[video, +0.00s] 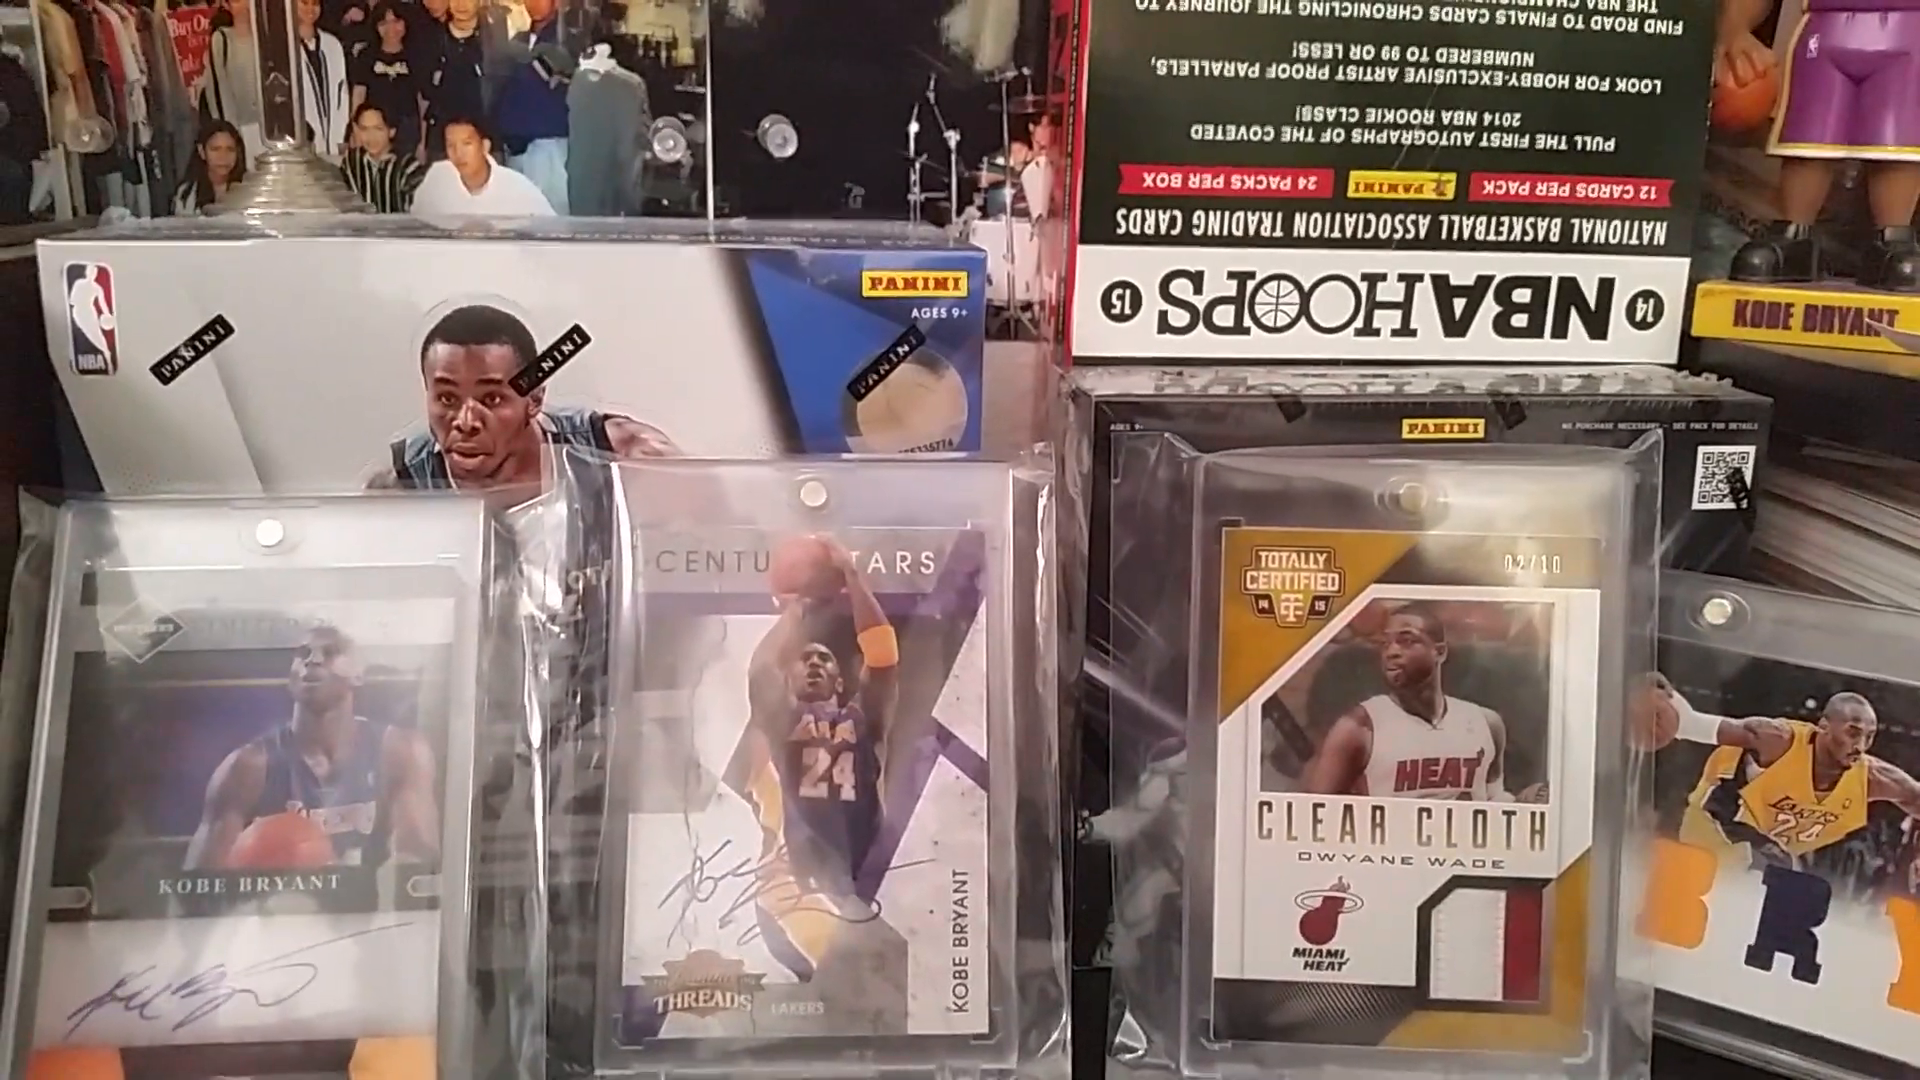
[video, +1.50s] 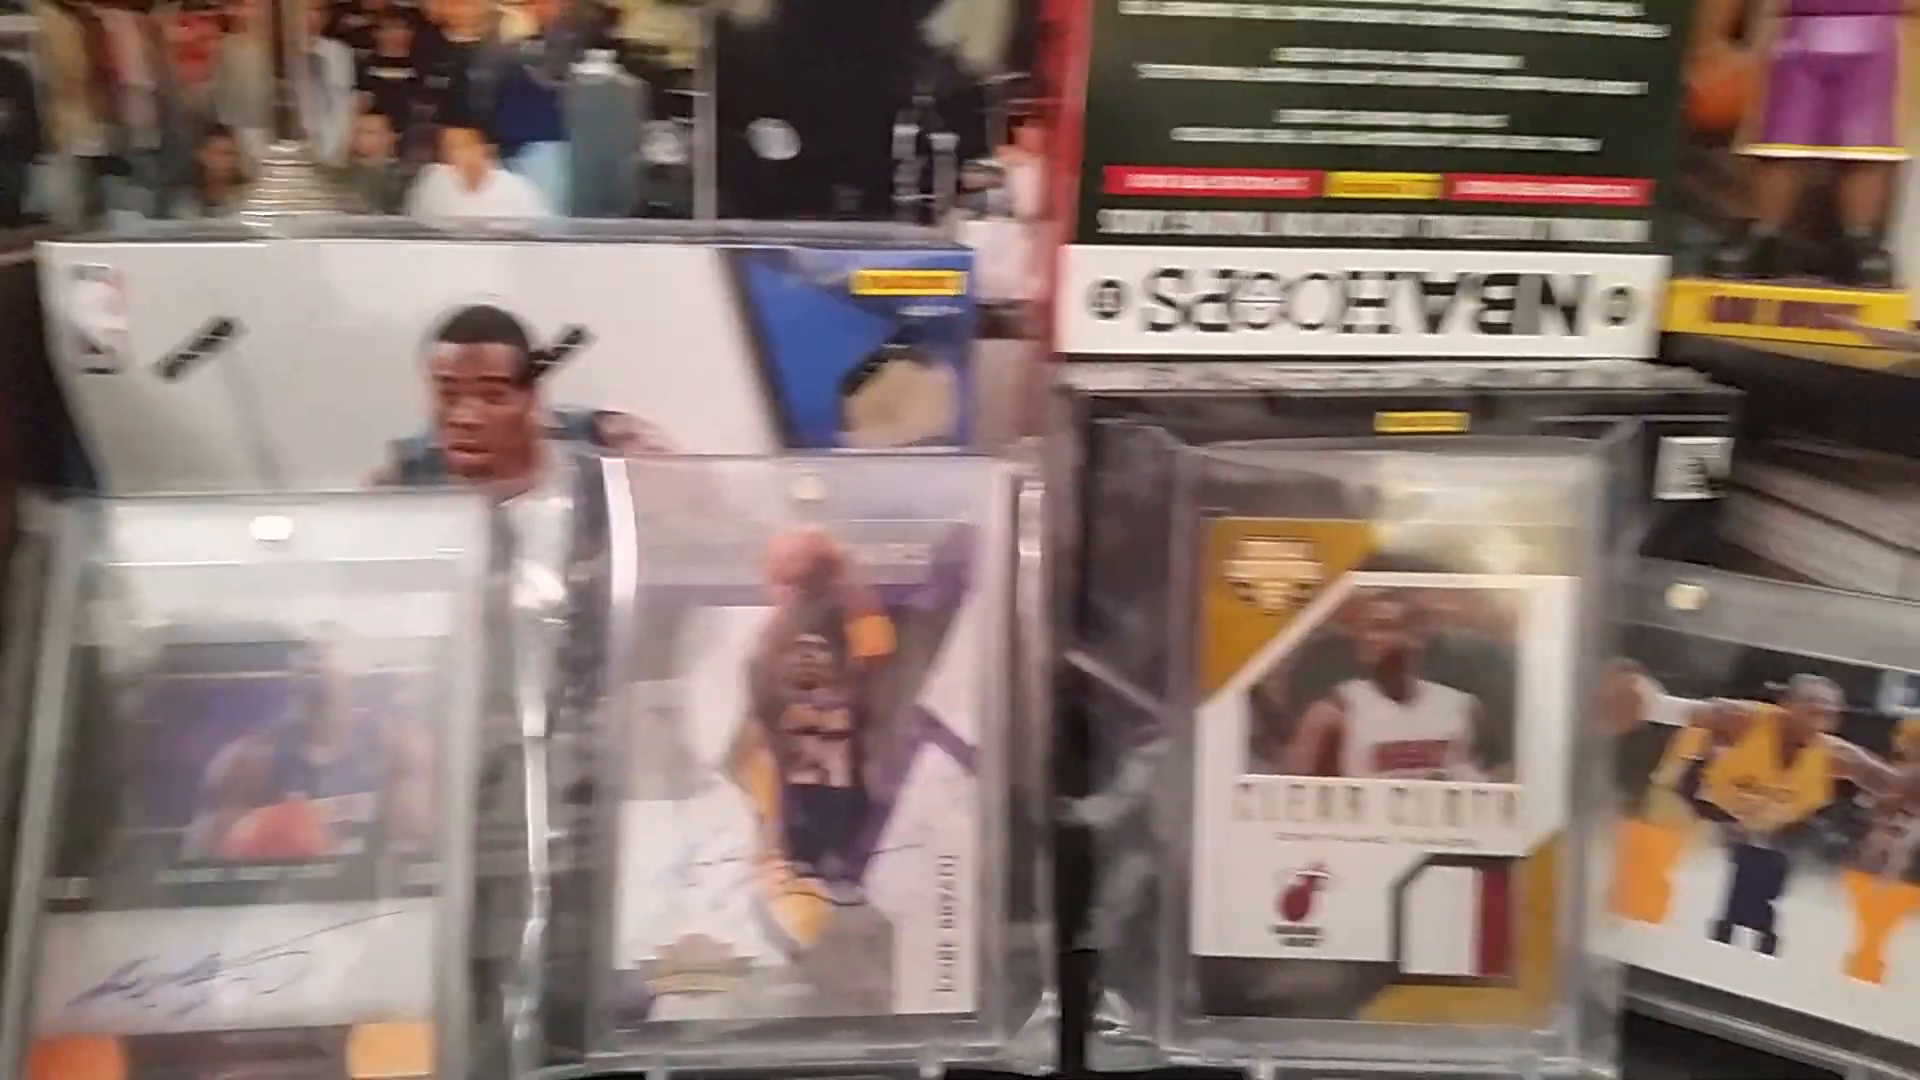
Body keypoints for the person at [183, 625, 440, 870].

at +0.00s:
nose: (312, 663)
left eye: (329, 653)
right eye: (302, 654)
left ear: (358, 672)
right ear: (289, 671)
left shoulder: (403, 752)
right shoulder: (245, 769)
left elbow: (417, 864)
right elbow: (196, 889)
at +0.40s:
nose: (346, 654)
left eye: (363, 646)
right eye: (338, 645)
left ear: (393, 663)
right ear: (325, 661)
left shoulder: (436, 742)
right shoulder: (281, 758)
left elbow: (450, 849)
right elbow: (233, 872)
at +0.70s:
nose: (367, 671)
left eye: (378, 660)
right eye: (356, 660)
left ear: (405, 674)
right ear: (343, 671)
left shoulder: (454, 742)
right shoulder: (303, 752)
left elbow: (469, 841)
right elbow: (263, 851)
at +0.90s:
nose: (410, 653)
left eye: (426, 642)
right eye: (403, 643)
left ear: (453, 660)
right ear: (391, 659)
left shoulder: (498, 733)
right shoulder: (351, 744)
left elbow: (513, 829)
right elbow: (302, 848)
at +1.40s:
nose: (400, 677)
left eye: (413, 665)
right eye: (389, 662)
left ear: (438, 674)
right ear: (374, 672)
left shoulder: (479, 739)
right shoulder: (327, 749)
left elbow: (492, 834)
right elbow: (282, 848)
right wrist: (352, 821)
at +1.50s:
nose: (315, 682)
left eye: (327, 670)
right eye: (304, 671)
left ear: (355, 679)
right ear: (290, 681)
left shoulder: (401, 747)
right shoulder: (243, 762)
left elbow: (412, 846)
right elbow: (199, 851)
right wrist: (269, 834)